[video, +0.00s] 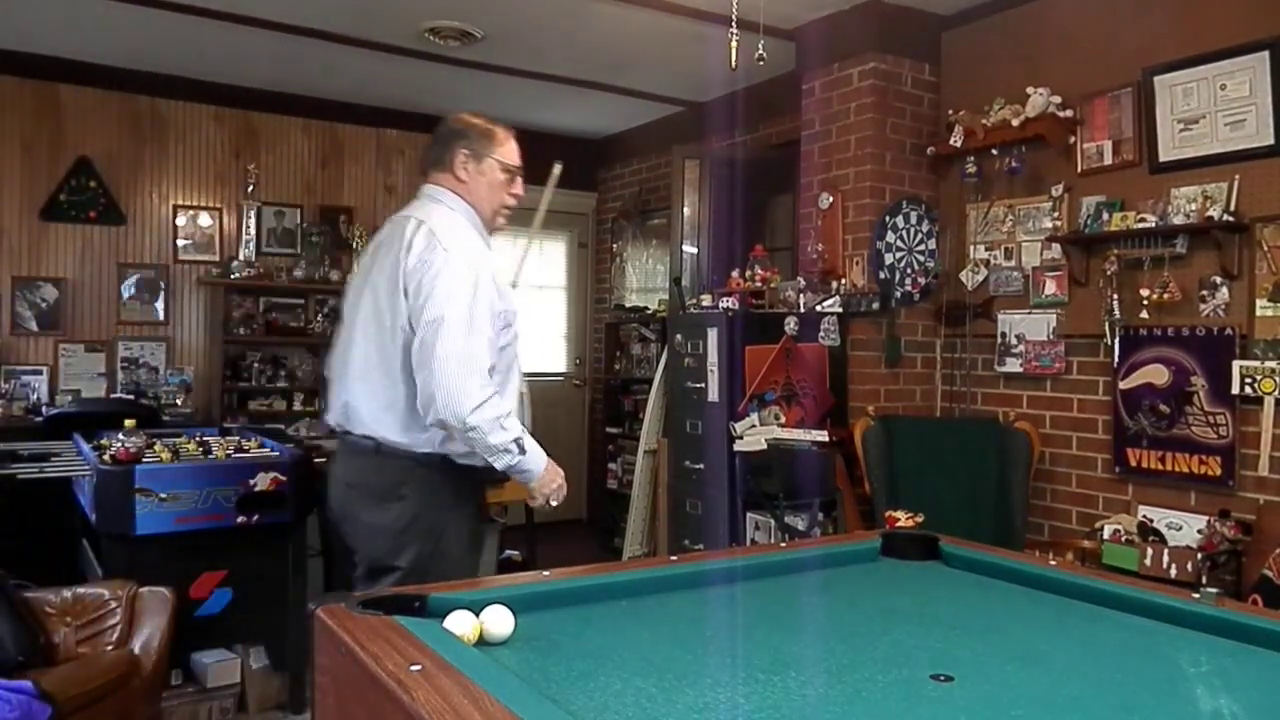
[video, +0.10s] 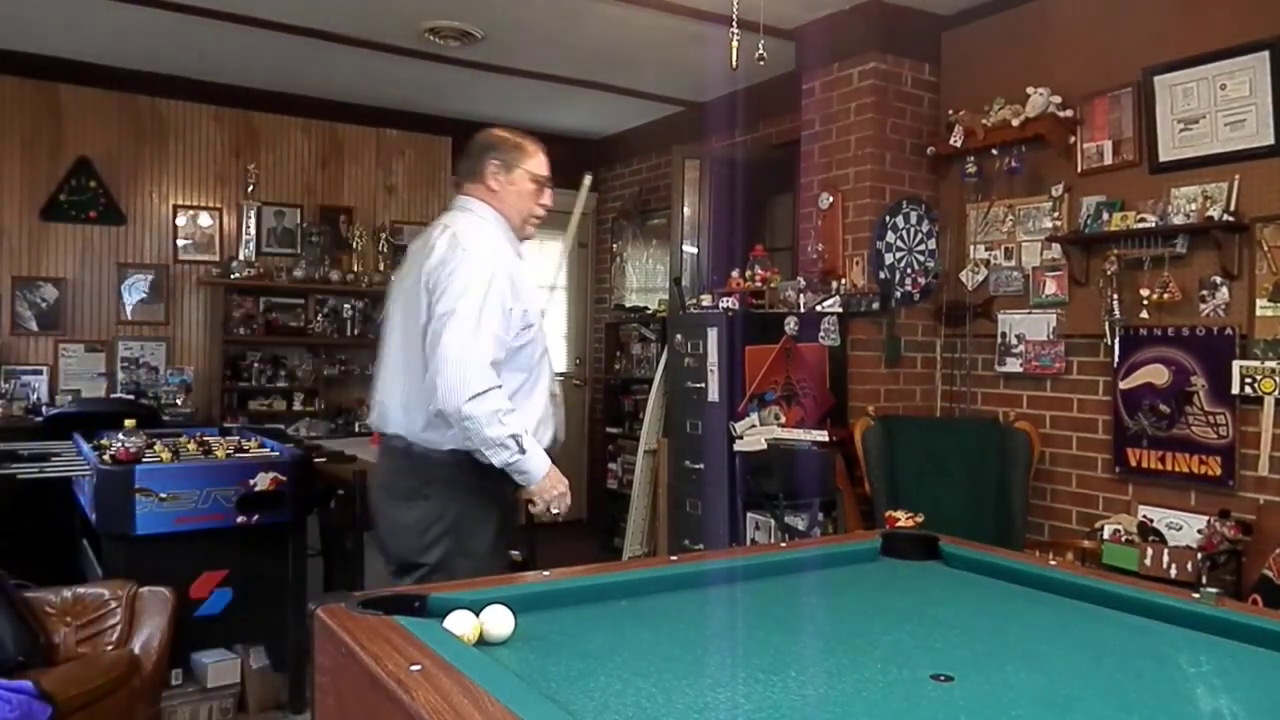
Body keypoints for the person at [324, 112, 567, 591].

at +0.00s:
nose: (520, 190)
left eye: (520, 176)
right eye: (509, 172)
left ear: (462, 168)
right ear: (463, 166)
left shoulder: (401, 229)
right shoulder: (450, 242)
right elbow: (456, 395)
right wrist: (534, 466)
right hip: (421, 486)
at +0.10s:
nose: (548, 201)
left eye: (548, 187)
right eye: (538, 183)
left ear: (494, 179)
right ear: (495, 177)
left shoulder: (443, 234)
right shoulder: (477, 244)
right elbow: (462, 386)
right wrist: (534, 469)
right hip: (452, 480)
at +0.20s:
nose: (579, 204)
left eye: (580, 191)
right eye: (570, 188)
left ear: (529, 180)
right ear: (529, 179)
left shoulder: (499, 235)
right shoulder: (505, 243)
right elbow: (478, 373)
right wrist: (543, 466)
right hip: (482, 472)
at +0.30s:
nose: (607, 199)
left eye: (608, 186)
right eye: (597, 183)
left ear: (557, 177)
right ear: (555, 175)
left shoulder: (546, 238)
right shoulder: (529, 240)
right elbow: (494, 365)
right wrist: (557, 458)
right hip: (509, 464)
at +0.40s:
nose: (631, 194)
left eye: (634, 182)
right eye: (620, 178)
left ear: (579, 176)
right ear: (577, 174)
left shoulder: (577, 239)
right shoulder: (552, 239)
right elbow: (512, 365)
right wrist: (578, 453)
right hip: (539, 460)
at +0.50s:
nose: (659, 199)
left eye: (661, 187)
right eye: (647, 183)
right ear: (604, 180)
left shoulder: (609, 247)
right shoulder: (574, 246)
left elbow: (588, 371)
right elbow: (534, 375)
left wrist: (653, 409)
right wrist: (603, 461)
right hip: (563, 464)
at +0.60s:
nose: (691, 211)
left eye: (695, 200)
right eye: (680, 195)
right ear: (637, 191)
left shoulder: (647, 258)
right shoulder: (605, 254)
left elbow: (622, 381)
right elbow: (562, 386)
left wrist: (690, 408)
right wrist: (632, 468)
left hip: (633, 474)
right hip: (594, 475)